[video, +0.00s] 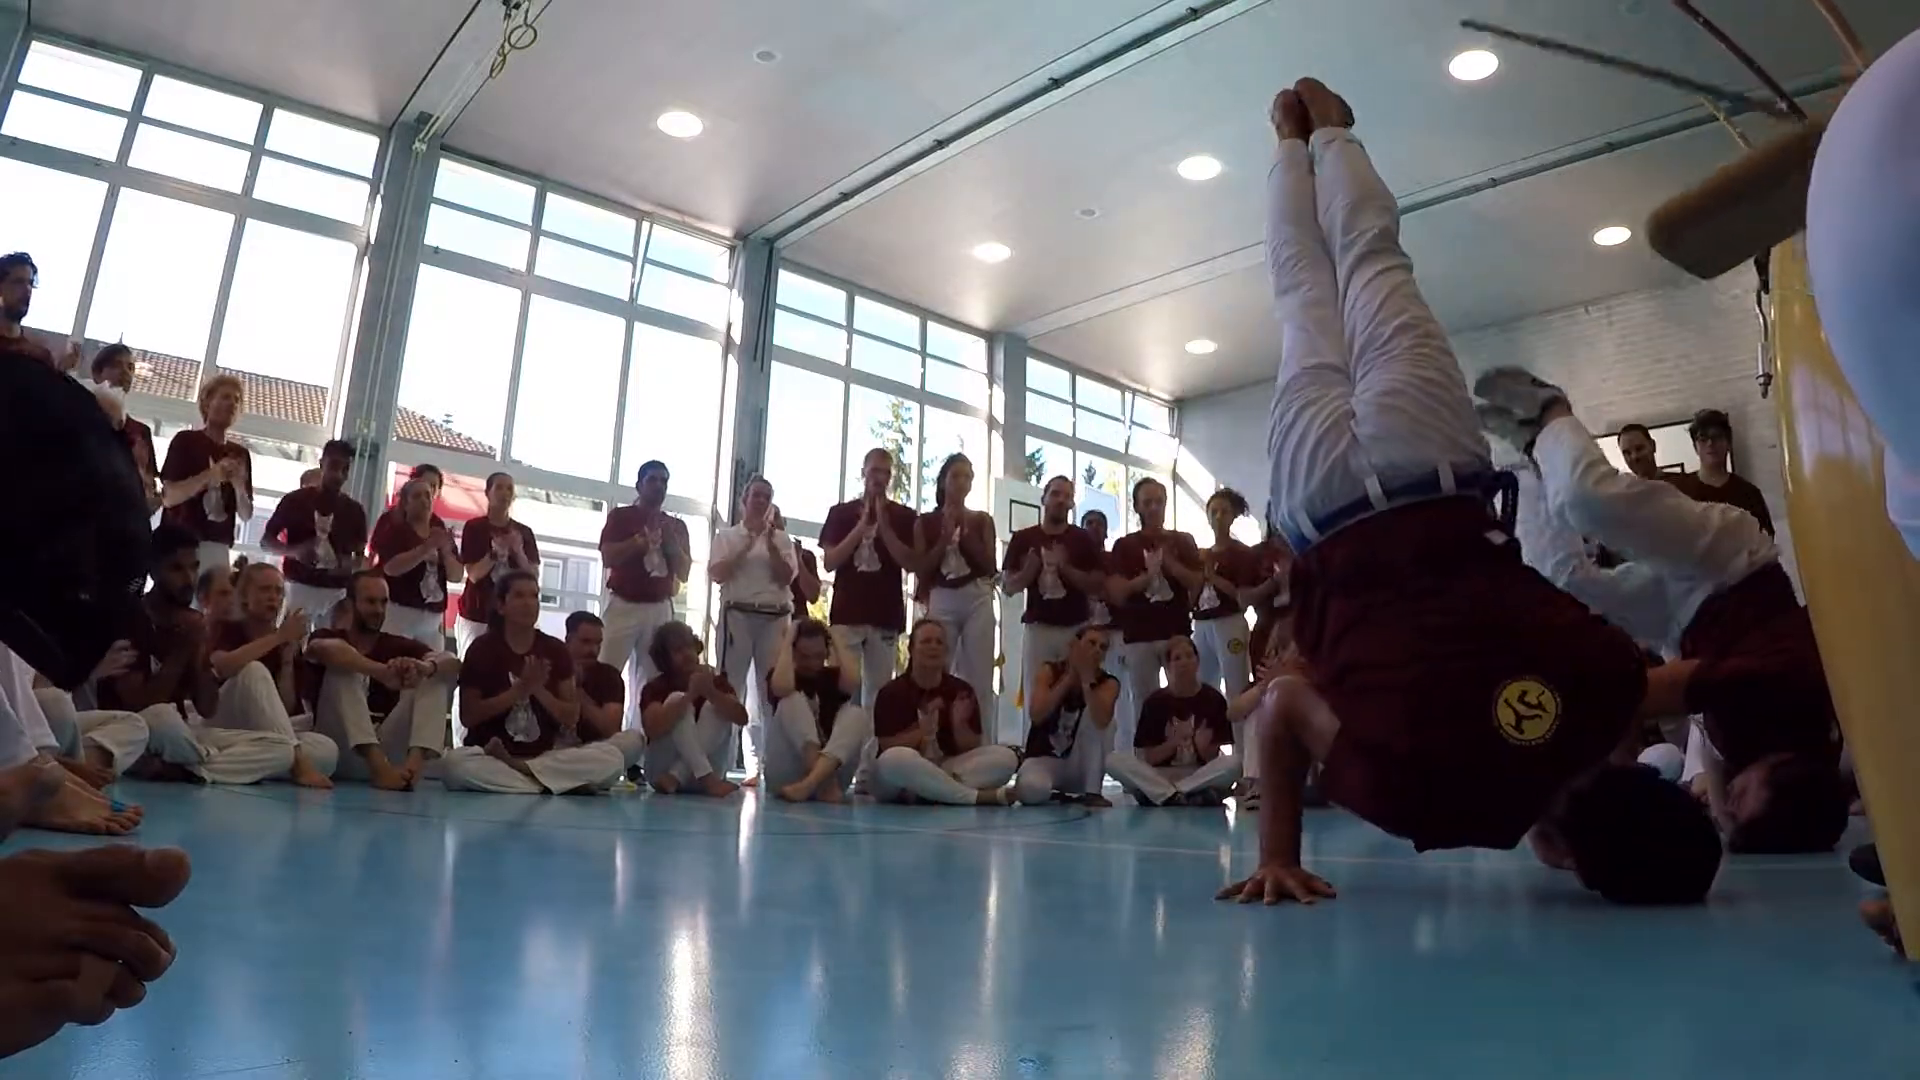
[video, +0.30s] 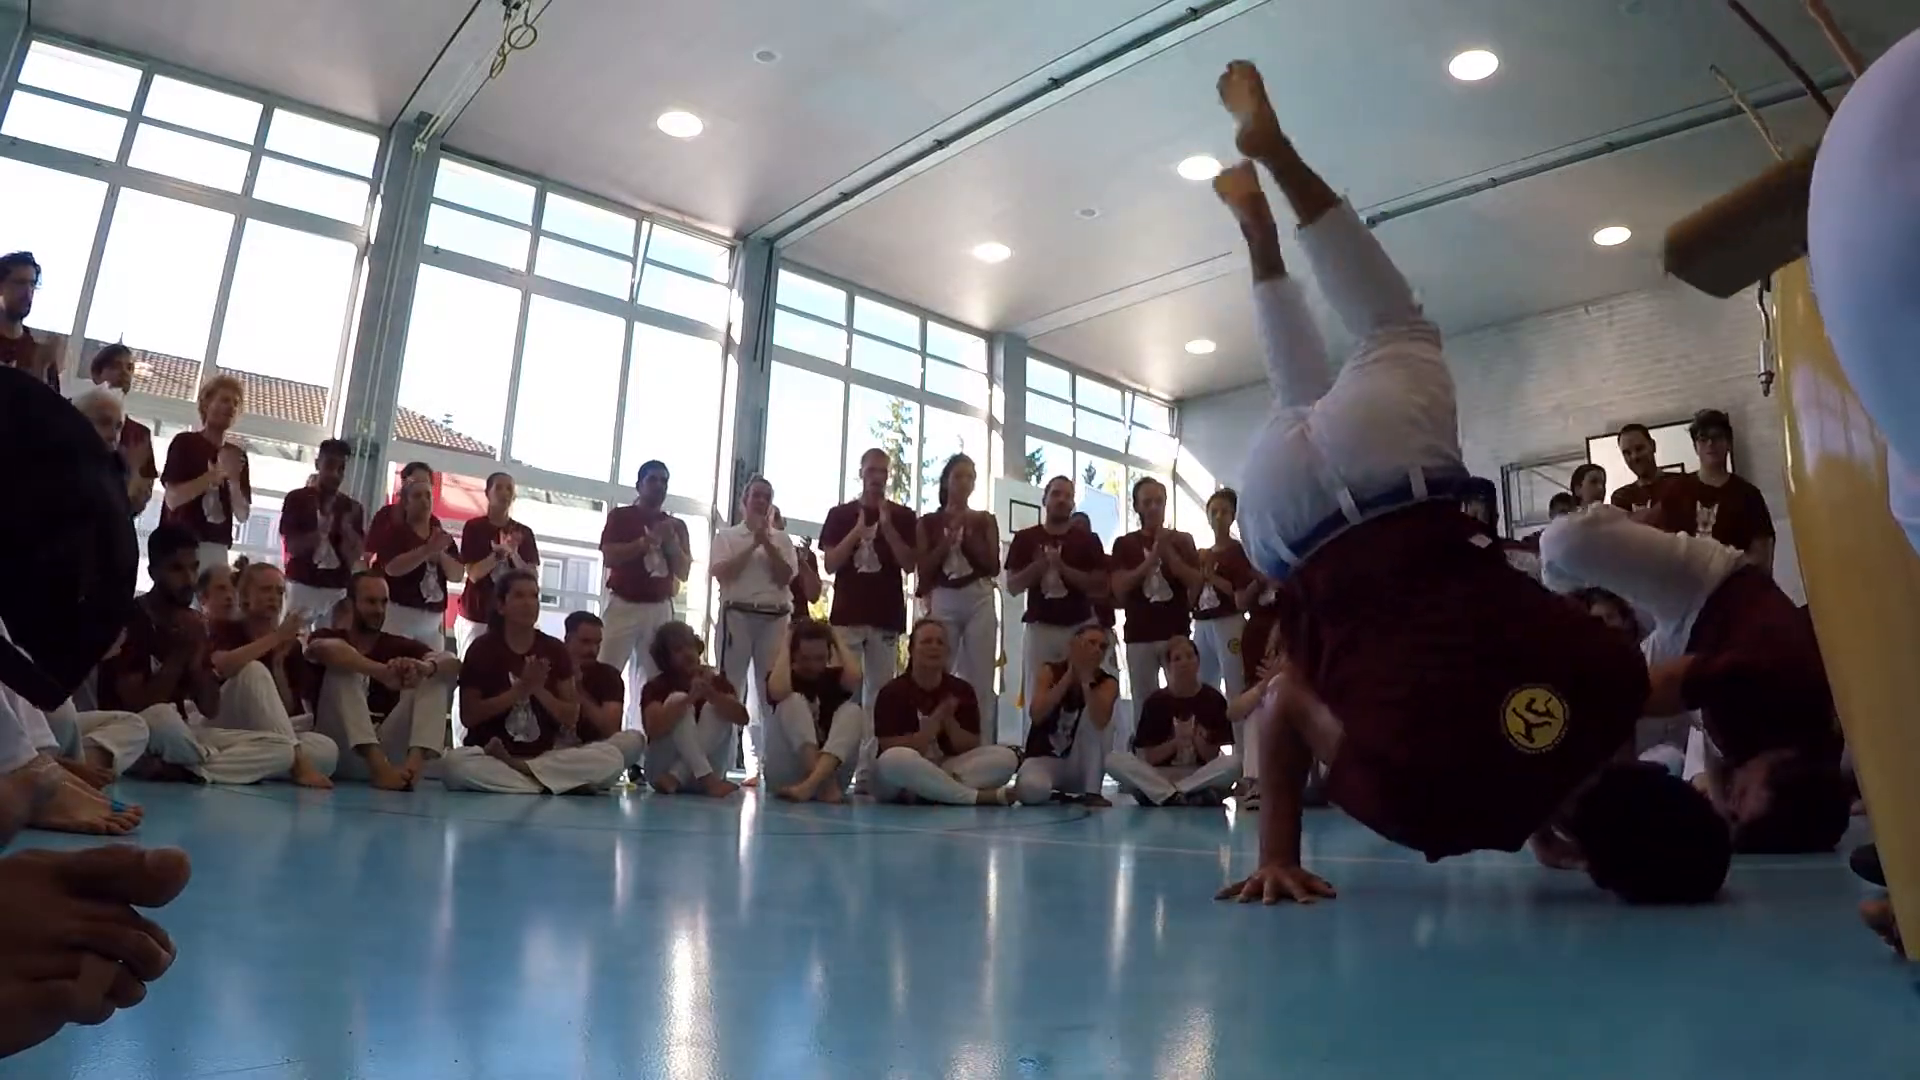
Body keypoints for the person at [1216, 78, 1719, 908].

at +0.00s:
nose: (1550, 876)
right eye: (1570, 875)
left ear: (1651, 796)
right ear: (1564, 854)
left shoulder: (1614, 694)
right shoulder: (1425, 794)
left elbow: (1690, 682)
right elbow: (1282, 699)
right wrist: (1277, 858)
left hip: (1453, 494)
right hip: (1328, 527)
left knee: (1375, 263)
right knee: (1307, 312)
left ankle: (1333, 132)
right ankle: (1290, 144)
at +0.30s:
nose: (1562, 875)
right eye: (1582, 874)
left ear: (1663, 796)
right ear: (1575, 859)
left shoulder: (1610, 684)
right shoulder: (1430, 807)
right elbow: (1283, 698)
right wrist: (1277, 857)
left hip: (1414, 463)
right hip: (1295, 524)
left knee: (1400, 333)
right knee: (1305, 412)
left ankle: (1272, 146)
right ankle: (1257, 231)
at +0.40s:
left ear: (1677, 797)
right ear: (1597, 859)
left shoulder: (1611, 681)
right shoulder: (1427, 815)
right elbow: (1281, 707)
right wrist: (1277, 859)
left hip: (1401, 500)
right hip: (1272, 559)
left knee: (1392, 336)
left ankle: (1249, 239)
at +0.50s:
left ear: (1662, 770)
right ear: (1601, 857)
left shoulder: (1613, 671)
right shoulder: (1440, 820)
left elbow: (1481, 594)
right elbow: (1284, 705)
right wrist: (1276, 857)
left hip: (1343, 500)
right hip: (1245, 592)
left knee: (1358, 294)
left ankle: (1238, 343)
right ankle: (1221, 481)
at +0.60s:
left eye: (1707, 780)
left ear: (1655, 787)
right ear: (1605, 863)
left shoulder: (1611, 662)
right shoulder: (1446, 822)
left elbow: (1470, 595)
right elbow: (1296, 713)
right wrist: (1277, 859)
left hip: (1317, 520)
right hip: (1243, 631)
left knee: (1269, 299)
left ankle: (1153, 369)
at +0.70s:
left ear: (1654, 770)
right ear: (1599, 853)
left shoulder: (1605, 651)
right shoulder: (1468, 818)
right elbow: (1323, 715)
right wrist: (1283, 858)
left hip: (1300, 525)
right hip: (1252, 663)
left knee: (1173, 346)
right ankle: (1172, 709)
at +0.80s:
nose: (1594, 866)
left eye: (1625, 859)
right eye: (1616, 864)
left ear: (1658, 738)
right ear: (1604, 845)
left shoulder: (1604, 644)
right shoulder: (1492, 801)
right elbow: (1319, 723)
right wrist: (1281, 854)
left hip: (1300, 527)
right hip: (1259, 650)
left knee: (1092, 436)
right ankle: (1122, 762)